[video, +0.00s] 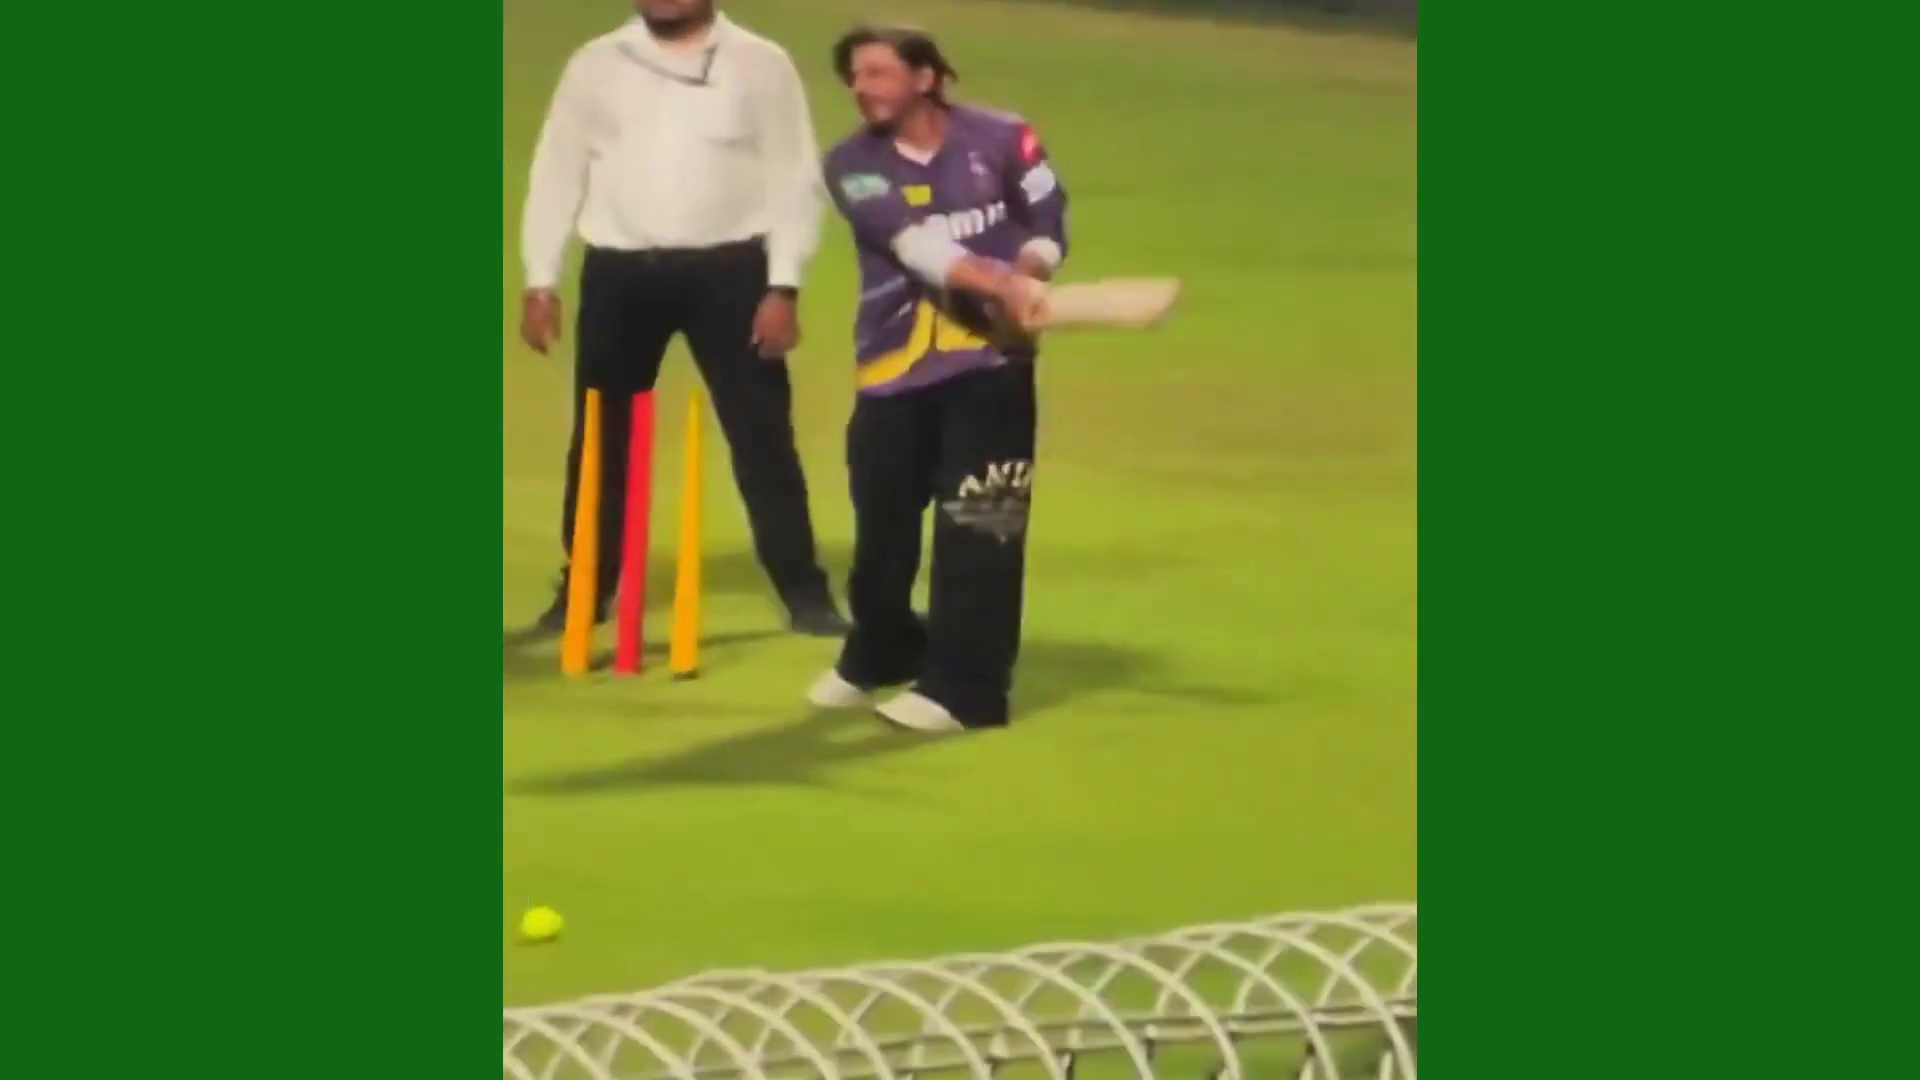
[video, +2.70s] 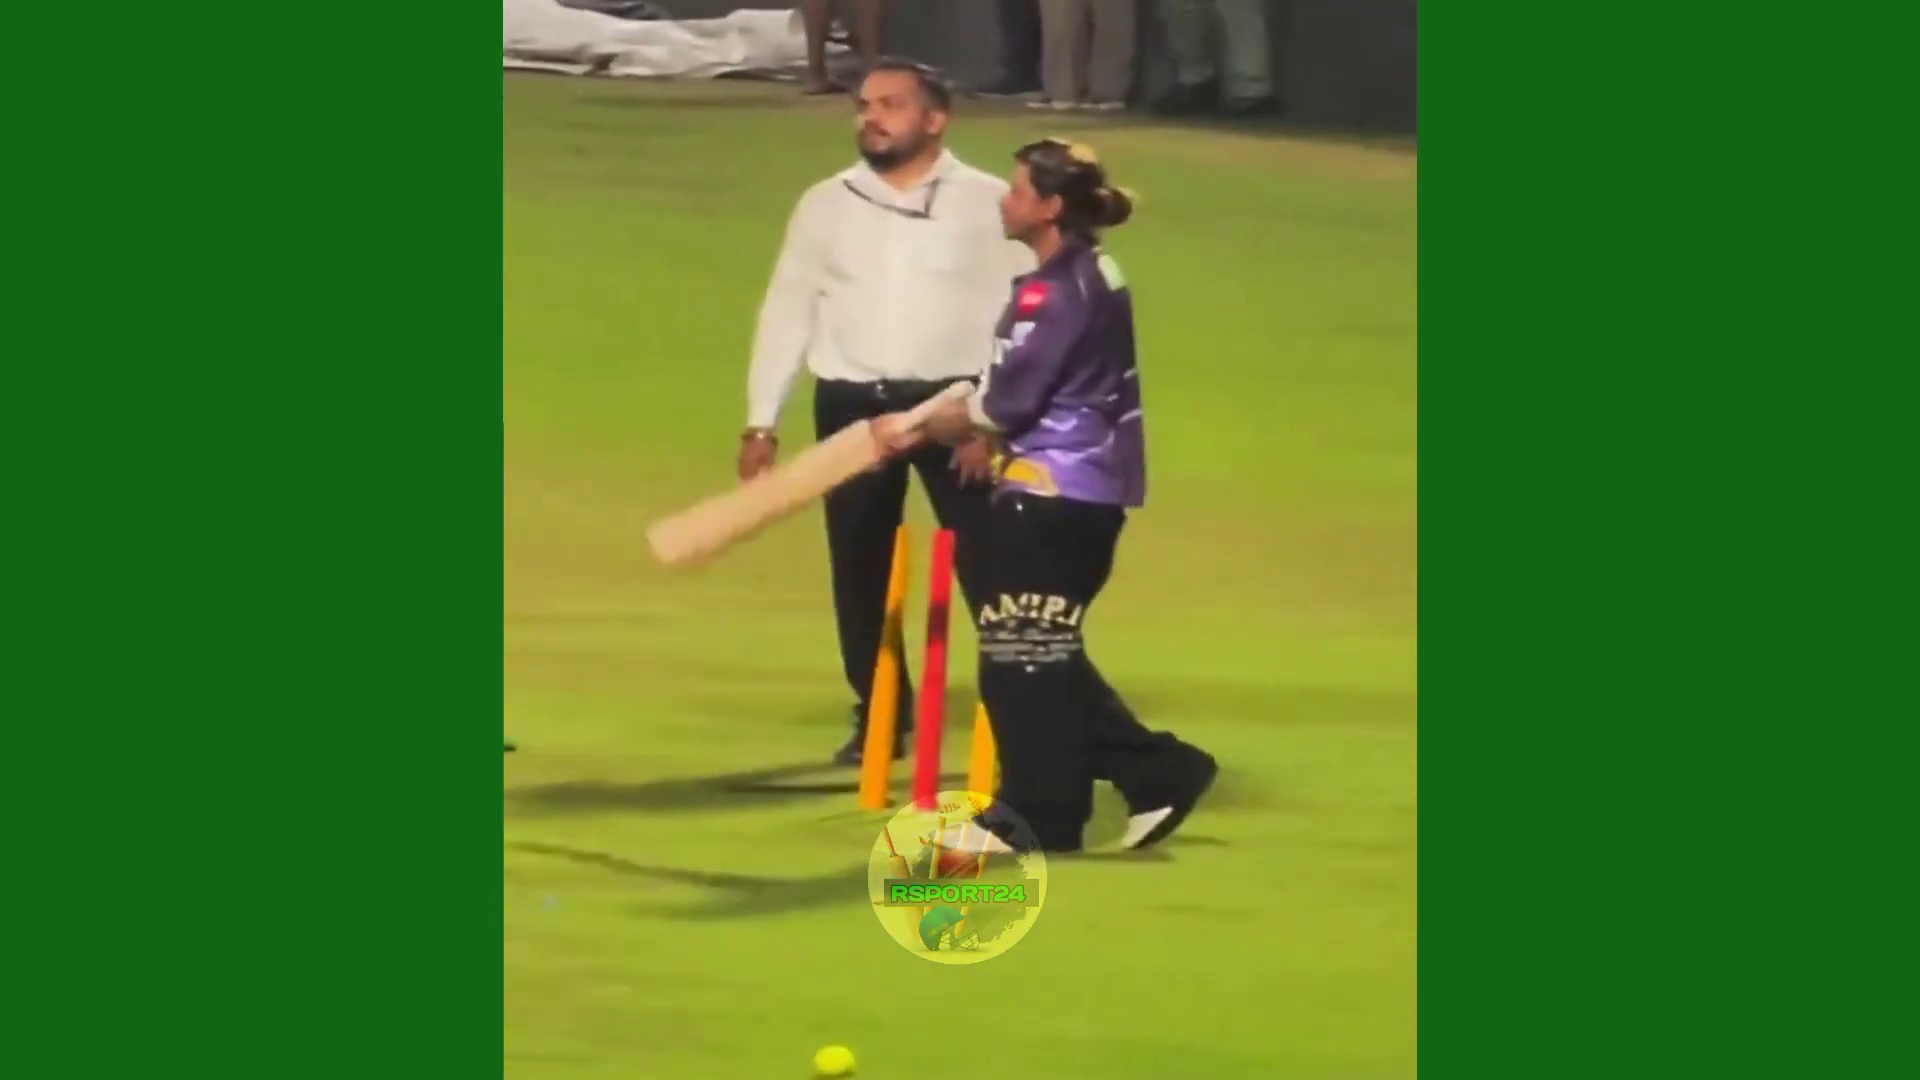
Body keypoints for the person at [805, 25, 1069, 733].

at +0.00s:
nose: (864, 88)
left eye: (877, 74)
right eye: (856, 77)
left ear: (925, 76)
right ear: (851, 87)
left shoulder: (1005, 139)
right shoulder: (851, 163)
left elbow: (1049, 226)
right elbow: (914, 244)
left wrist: (1022, 276)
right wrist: (999, 287)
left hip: (988, 368)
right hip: (893, 376)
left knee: (977, 530)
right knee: (881, 522)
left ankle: (967, 691)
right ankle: (879, 655)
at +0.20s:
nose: (871, 98)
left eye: (884, 82)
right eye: (860, 85)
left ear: (925, 81)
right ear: (852, 92)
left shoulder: (1011, 153)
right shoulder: (859, 174)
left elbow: (1042, 253)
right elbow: (892, 266)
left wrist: (994, 319)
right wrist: (964, 321)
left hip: (981, 373)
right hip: (893, 382)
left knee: (968, 536)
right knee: (894, 531)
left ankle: (962, 694)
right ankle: (889, 673)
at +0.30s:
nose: (861, 104)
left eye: (876, 91)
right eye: (854, 93)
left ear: (924, 95)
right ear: (849, 103)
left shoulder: (995, 166)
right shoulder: (841, 187)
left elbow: (1032, 271)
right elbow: (856, 291)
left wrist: (969, 343)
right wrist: (885, 372)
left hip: (981, 384)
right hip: (888, 389)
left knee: (965, 542)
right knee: (875, 535)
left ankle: (955, 707)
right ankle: (890, 683)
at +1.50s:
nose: (923, 113)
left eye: (939, 102)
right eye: (921, 102)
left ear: (985, 113)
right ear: (922, 115)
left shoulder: (1023, 188)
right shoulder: (928, 211)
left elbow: (1030, 302)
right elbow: (925, 322)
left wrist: (977, 381)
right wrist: (882, 419)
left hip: (999, 394)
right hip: (941, 394)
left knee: (956, 554)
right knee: (930, 554)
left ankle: (989, 725)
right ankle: (971, 718)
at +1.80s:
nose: (971, 146)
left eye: (987, 134)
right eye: (971, 134)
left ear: (1036, 145)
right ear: (1009, 149)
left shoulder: (1066, 221)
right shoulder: (997, 233)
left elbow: (1075, 332)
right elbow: (1007, 337)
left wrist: (1032, 417)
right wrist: (986, 424)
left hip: (1043, 437)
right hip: (1006, 435)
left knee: (958, 581)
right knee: (1023, 600)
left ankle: (917, 749)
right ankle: (1061, 756)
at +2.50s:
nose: (982, 196)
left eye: (992, 186)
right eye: (988, 183)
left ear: (1028, 201)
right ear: (1034, 201)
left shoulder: (1043, 285)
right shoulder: (1064, 270)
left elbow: (1014, 402)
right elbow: (1027, 395)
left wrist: (963, 441)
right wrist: (974, 444)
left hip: (1048, 487)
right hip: (1074, 487)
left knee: (1006, 649)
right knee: (1052, 649)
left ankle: (1001, 813)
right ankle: (1156, 786)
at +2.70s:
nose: (1005, 197)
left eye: (1016, 189)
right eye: (1011, 186)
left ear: (1048, 207)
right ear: (1059, 207)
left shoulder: (1055, 292)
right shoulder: (1090, 274)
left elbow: (1004, 403)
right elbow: (1014, 382)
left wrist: (918, 425)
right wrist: (982, 431)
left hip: (1052, 493)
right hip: (1080, 490)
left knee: (1026, 657)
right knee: (1037, 653)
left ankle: (1038, 817)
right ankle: (1158, 774)